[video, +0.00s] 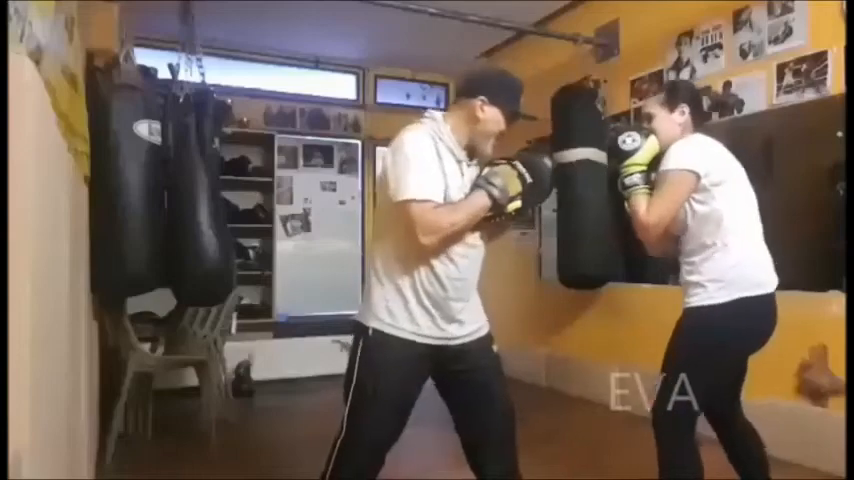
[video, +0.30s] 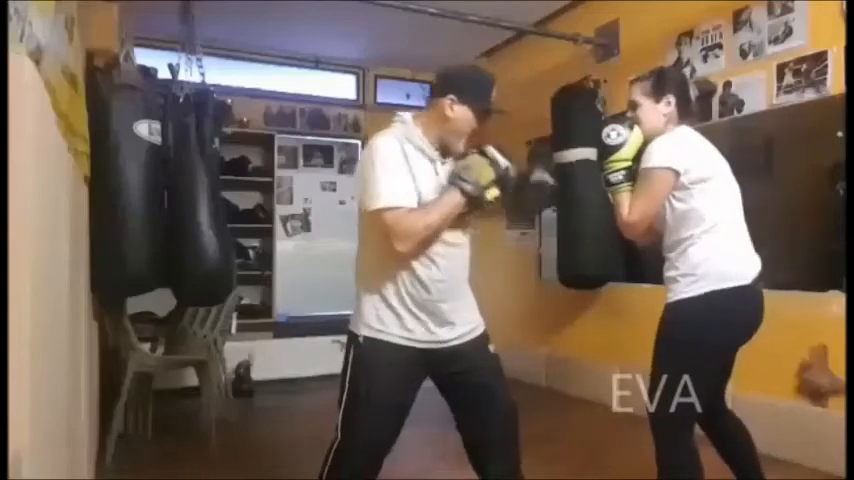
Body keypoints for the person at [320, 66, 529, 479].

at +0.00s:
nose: (506, 129)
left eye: (510, 119)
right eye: (506, 117)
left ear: (480, 110)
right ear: (481, 108)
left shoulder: (472, 157)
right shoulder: (414, 141)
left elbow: (472, 235)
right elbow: (428, 231)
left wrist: (514, 206)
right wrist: (491, 191)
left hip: (463, 328)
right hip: (398, 328)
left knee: (496, 447)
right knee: (360, 454)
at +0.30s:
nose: (482, 129)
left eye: (485, 118)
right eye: (479, 115)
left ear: (451, 108)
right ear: (449, 106)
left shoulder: (457, 156)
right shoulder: (385, 147)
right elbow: (403, 238)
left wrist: (509, 194)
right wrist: (463, 192)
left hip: (459, 330)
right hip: (389, 332)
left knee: (498, 442)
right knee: (357, 457)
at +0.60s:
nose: (476, 127)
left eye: (479, 117)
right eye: (472, 115)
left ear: (444, 110)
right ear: (440, 108)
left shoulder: (461, 145)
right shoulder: (380, 152)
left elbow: (525, 140)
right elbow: (397, 243)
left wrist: (508, 183)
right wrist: (458, 191)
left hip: (465, 321)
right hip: (396, 330)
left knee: (504, 429)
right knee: (361, 453)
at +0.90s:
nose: (501, 130)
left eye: (503, 119)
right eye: (496, 118)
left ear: (469, 112)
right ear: (466, 112)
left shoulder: (485, 145)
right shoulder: (400, 149)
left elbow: (545, 141)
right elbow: (407, 241)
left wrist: (530, 190)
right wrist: (470, 192)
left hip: (470, 322)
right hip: (398, 327)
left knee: (504, 427)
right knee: (364, 443)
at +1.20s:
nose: (458, 120)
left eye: (460, 110)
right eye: (453, 107)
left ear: (430, 104)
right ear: (423, 101)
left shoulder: (443, 150)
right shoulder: (374, 152)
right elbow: (411, 231)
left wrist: (476, 205)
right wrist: (464, 187)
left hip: (451, 323)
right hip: (387, 331)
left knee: (495, 426)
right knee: (361, 449)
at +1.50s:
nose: (453, 108)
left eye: (453, 98)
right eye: (446, 96)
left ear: (417, 97)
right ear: (414, 94)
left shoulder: (438, 149)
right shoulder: (371, 149)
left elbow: (457, 209)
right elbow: (420, 214)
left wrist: (504, 183)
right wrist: (476, 165)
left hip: (449, 327)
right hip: (382, 333)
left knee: (488, 429)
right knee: (359, 450)